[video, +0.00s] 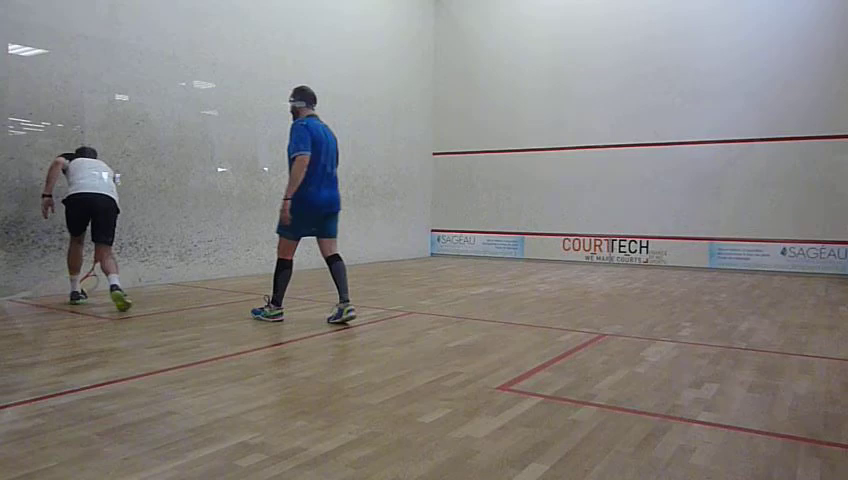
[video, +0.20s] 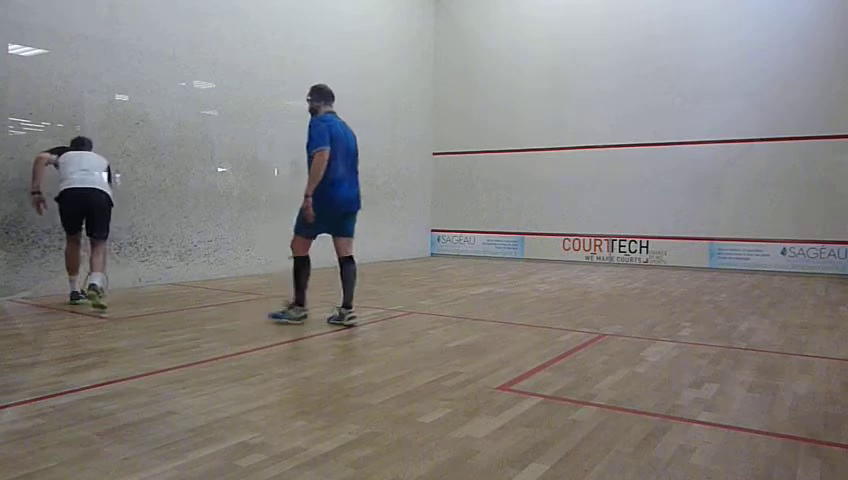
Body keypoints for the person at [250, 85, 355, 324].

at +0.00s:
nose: (291, 110)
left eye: (292, 106)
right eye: (291, 106)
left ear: (297, 106)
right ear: (313, 106)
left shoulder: (300, 127)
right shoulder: (327, 131)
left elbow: (302, 160)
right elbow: (331, 168)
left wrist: (287, 197)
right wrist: (324, 196)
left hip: (303, 200)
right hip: (330, 200)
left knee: (285, 251)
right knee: (330, 249)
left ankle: (275, 305)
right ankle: (345, 303)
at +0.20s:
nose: (308, 106)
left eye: (310, 102)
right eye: (308, 102)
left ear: (319, 103)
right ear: (331, 103)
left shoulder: (320, 123)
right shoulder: (346, 128)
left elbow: (321, 156)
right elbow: (352, 166)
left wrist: (308, 194)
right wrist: (349, 197)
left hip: (324, 197)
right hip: (349, 199)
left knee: (299, 246)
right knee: (345, 249)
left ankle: (298, 307)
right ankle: (347, 309)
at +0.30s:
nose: (319, 105)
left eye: (320, 100)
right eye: (319, 100)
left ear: (325, 101)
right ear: (342, 100)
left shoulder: (328, 121)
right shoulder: (359, 128)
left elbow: (328, 155)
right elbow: (370, 171)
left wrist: (312, 191)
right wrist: (360, 196)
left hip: (331, 198)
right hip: (358, 200)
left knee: (310, 247)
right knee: (350, 249)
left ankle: (332, 302)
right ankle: (348, 309)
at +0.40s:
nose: (329, 102)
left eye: (330, 98)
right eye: (329, 98)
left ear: (335, 98)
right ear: (353, 99)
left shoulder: (336, 121)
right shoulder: (370, 128)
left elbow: (332, 158)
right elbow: (385, 167)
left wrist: (312, 190)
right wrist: (383, 200)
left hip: (340, 199)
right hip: (367, 201)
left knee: (329, 254)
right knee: (353, 251)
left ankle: (365, 300)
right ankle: (349, 308)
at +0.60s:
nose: (347, 101)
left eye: (348, 97)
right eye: (348, 97)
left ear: (353, 97)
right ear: (373, 98)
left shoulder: (352, 123)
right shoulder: (391, 127)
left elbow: (342, 161)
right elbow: (411, 164)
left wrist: (320, 191)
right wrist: (417, 198)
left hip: (364, 201)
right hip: (391, 201)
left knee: (373, 258)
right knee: (369, 256)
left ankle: (393, 320)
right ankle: (354, 308)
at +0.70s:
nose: (357, 97)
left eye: (358, 93)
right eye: (358, 93)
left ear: (363, 92)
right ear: (383, 93)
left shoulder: (364, 118)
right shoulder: (402, 122)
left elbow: (355, 158)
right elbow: (420, 163)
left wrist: (331, 188)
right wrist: (425, 198)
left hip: (376, 198)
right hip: (403, 199)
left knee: (381, 258)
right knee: (384, 255)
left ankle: (394, 322)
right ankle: (374, 308)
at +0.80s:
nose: (370, 93)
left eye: (371, 88)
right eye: (371, 88)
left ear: (376, 88)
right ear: (395, 88)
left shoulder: (377, 114)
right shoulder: (414, 118)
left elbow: (372, 153)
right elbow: (428, 158)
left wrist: (349, 186)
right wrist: (428, 194)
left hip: (387, 196)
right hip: (414, 196)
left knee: (386, 257)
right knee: (402, 252)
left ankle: (394, 323)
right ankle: (409, 315)